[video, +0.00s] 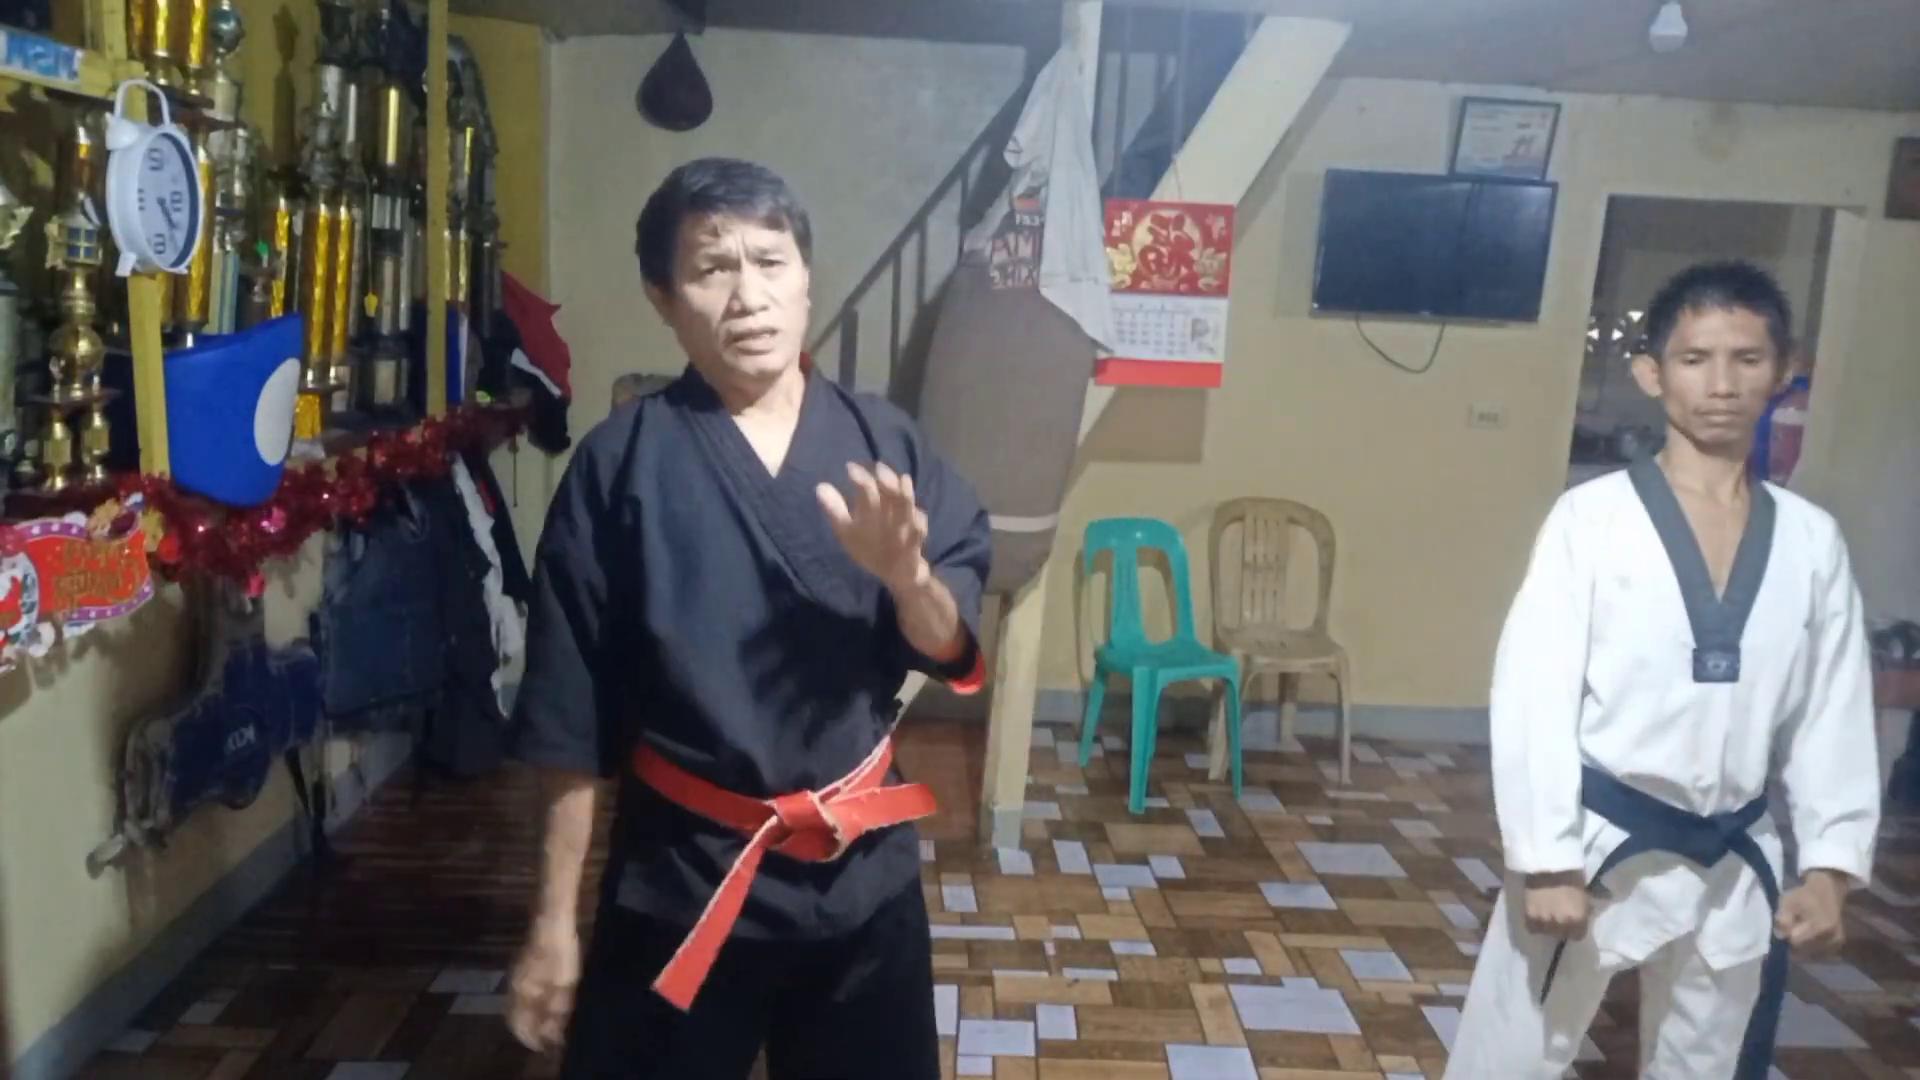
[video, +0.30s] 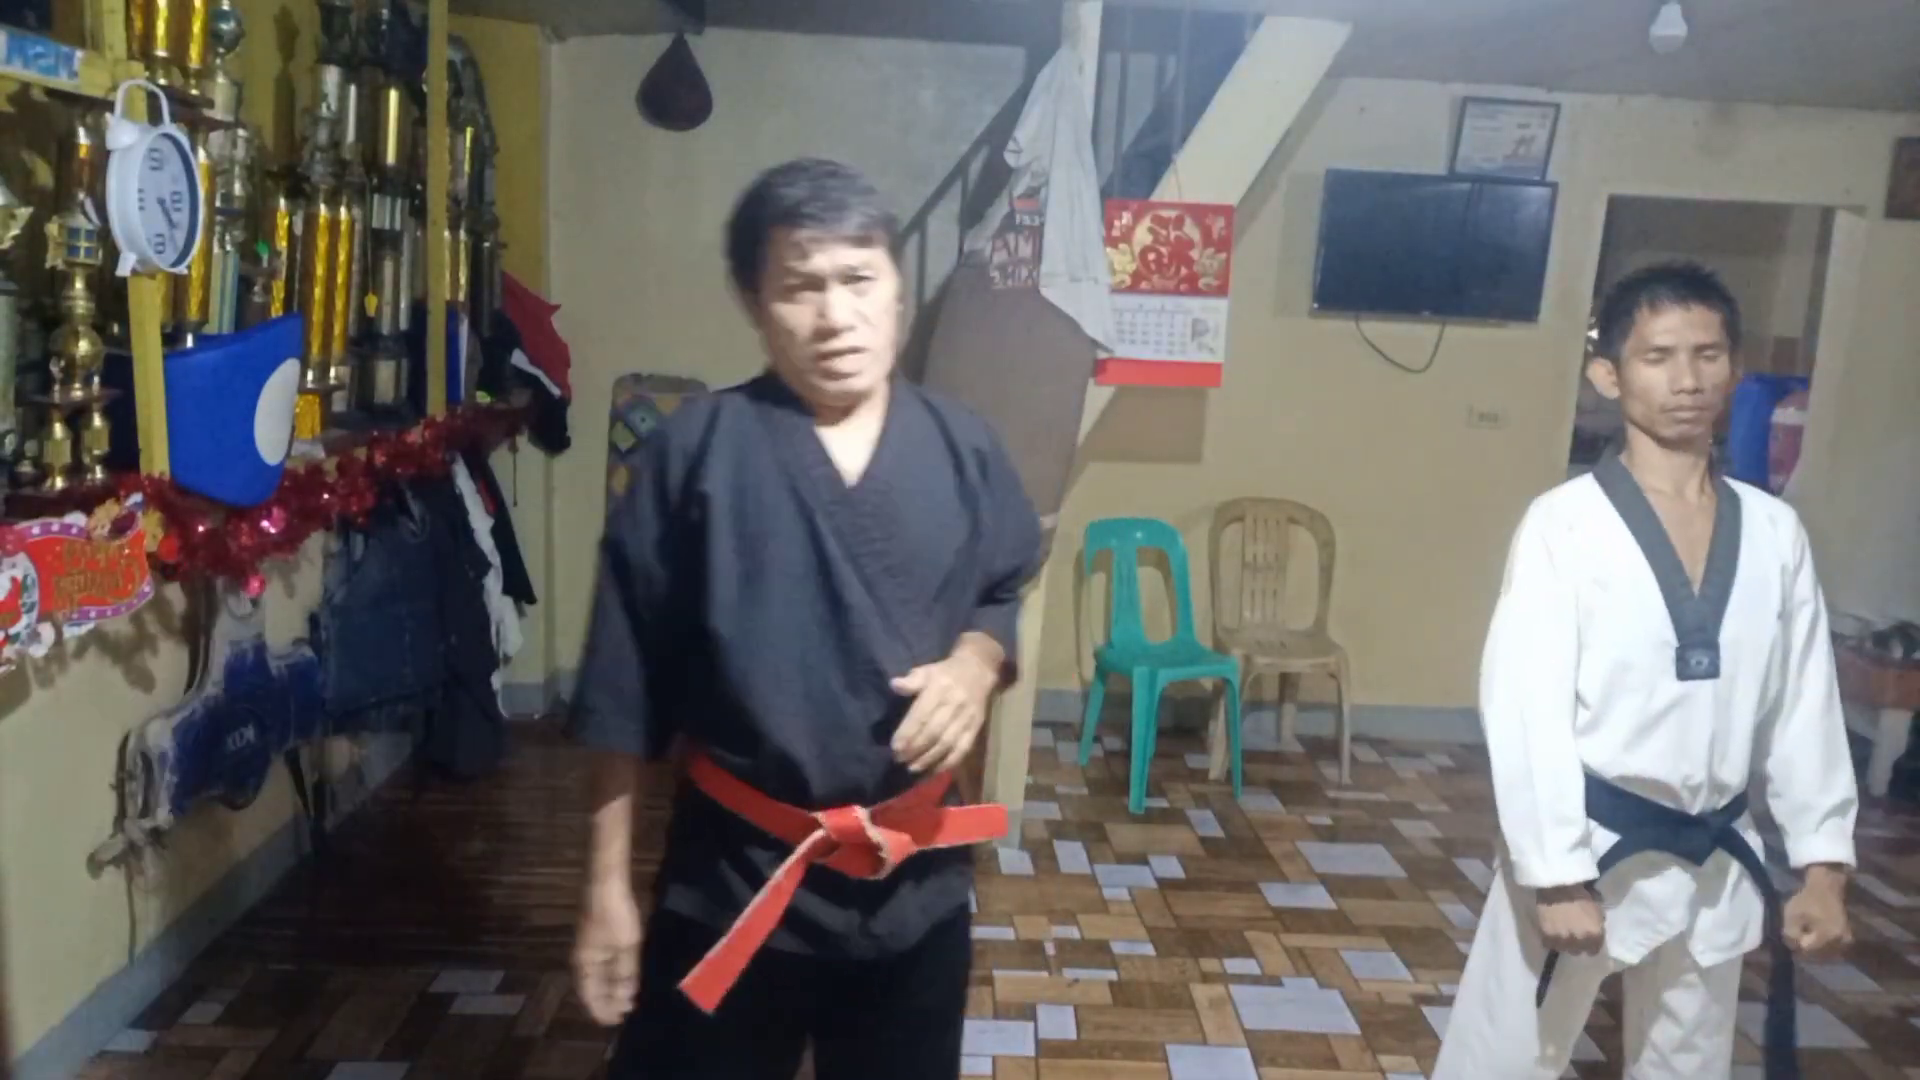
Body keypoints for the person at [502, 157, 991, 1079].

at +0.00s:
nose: (750, 295)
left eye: (771, 262)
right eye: (712, 270)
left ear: (808, 278)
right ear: (663, 301)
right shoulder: (615, 467)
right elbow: (572, 714)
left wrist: (908, 577)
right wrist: (553, 921)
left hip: (859, 878)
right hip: (680, 884)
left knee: (885, 1069)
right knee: (646, 1068)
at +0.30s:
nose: (835, 316)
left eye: (858, 280)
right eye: (799, 290)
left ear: (900, 289)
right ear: (753, 308)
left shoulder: (963, 447)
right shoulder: (691, 457)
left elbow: (1000, 595)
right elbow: (621, 681)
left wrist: (975, 667)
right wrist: (608, 887)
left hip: (914, 886)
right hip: (736, 884)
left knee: (906, 1066)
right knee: (686, 1067)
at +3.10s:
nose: (899, 312)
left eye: (920, 278)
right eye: (862, 288)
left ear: (960, 291)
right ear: (816, 317)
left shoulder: (1013, 464)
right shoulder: (753, 464)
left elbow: (1044, 655)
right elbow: (684, 687)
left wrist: (1021, 813)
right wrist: (793, 848)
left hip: (961, 930)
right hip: (789, 933)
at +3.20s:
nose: (900, 313)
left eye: (922, 279)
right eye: (865, 289)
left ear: (963, 292)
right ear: (818, 316)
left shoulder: (1014, 465)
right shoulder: (754, 464)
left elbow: (1047, 654)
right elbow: (684, 687)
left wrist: (1022, 809)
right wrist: (791, 847)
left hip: (960, 931)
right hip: (787, 933)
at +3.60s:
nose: (891, 323)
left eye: (916, 291)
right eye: (858, 297)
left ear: (960, 300)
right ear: (816, 315)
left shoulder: (1009, 465)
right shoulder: (746, 466)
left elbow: (1068, 683)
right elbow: (677, 691)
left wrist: (1029, 622)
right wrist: (783, 855)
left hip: (953, 889)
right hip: (777, 888)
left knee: (957, 1070)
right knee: (766, 1075)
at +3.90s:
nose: (879, 320)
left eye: (906, 287)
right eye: (847, 294)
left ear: (957, 295)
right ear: (809, 314)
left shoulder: (1007, 471)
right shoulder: (734, 468)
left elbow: (1057, 694)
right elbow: (663, 690)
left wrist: (1000, 626)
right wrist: (759, 858)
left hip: (942, 903)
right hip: (758, 903)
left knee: (945, 1071)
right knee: (747, 1073)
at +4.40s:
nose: (882, 316)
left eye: (910, 284)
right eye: (850, 290)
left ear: (960, 296)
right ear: (812, 314)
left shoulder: (1007, 474)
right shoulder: (735, 467)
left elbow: (1050, 696)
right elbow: (664, 691)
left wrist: (1003, 634)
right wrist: (762, 860)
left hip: (943, 901)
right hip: (759, 902)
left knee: (945, 1070)